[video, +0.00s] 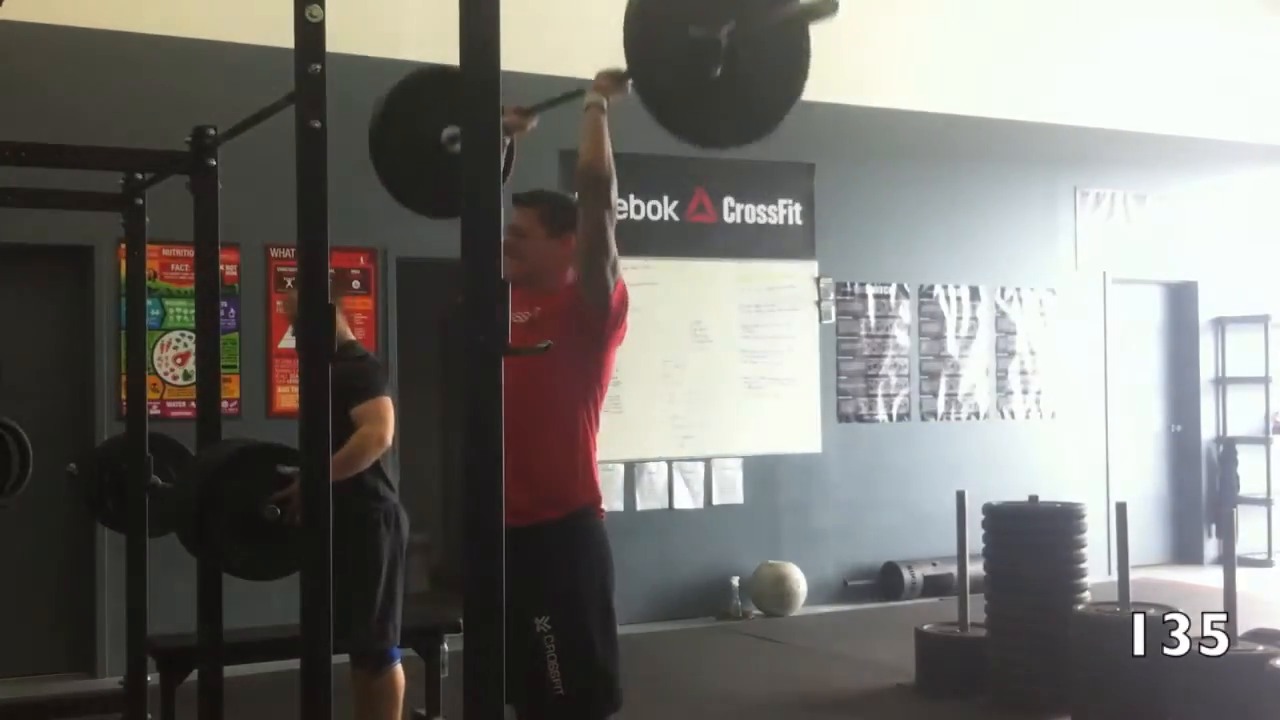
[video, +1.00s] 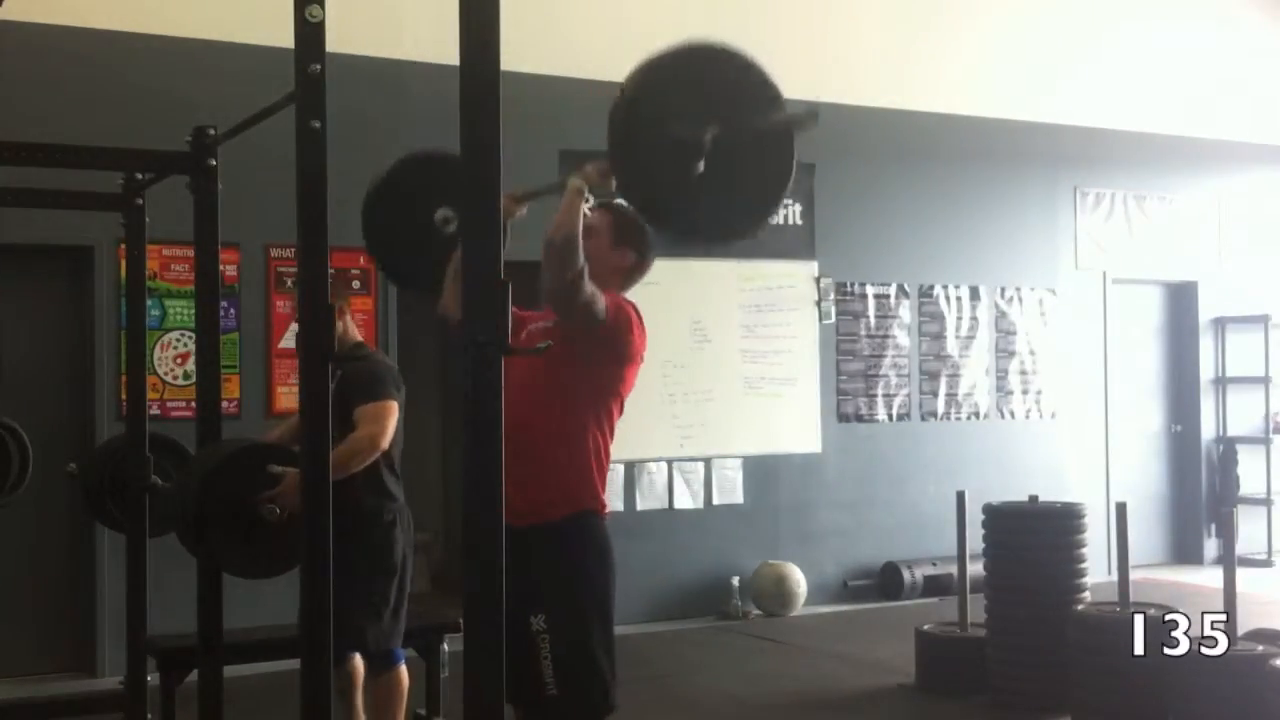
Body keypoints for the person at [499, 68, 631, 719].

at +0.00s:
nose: (507, 243)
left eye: (521, 234)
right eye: (507, 233)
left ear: (564, 241)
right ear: (509, 242)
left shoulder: (591, 307)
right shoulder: (498, 305)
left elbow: (597, 198)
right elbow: (474, 227)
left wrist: (596, 104)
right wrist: (499, 152)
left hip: (563, 527)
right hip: (495, 526)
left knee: (579, 695)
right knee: (507, 690)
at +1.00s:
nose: (573, 239)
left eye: (591, 232)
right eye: (575, 231)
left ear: (624, 260)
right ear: (563, 251)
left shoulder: (618, 326)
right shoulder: (530, 323)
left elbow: (562, 282)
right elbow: (456, 308)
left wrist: (576, 186)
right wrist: (488, 225)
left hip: (568, 527)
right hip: (503, 524)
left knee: (583, 686)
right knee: (508, 679)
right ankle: (535, 709)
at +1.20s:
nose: (577, 253)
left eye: (595, 245)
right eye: (578, 244)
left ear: (619, 268)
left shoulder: (623, 339)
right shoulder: (534, 335)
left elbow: (562, 350)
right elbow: (450, 361)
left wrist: (569, 264)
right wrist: (477, 282)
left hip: (565, 533)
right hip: (504, 530)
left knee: (573, 689)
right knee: (505, 683)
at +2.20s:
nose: (508, 257)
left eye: (525, 248)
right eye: (504, 243)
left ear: (553, 263)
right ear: (493, 248)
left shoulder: (550, 332)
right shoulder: (470, 331)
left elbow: (497, 433)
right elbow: (414, 433)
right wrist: (421, 349)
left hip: (503, 540)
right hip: (442, 538)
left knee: (493, 692)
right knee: (444, 692)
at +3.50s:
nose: (495, 266)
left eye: (507, 249)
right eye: (484, 251)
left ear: (537, 250)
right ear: (481, 262)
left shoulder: (581, 326)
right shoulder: (490, 334)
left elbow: (591, 449)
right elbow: (455, 430)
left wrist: (498, 415)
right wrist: (406, 380)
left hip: (575, 523)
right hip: (502, 522)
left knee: (574, 688)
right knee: (515, 683)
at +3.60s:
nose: (508, 263)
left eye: (521, 248)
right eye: (500, 249)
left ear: (553, 248)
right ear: (495, 256)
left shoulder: (600, 340)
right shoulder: (501, 335)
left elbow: (627, 447)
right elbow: (467, 433)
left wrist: (552, 457)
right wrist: (417, 381)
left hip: (582, 526)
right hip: (512, 526)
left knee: (582, 694)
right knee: (533, 690)